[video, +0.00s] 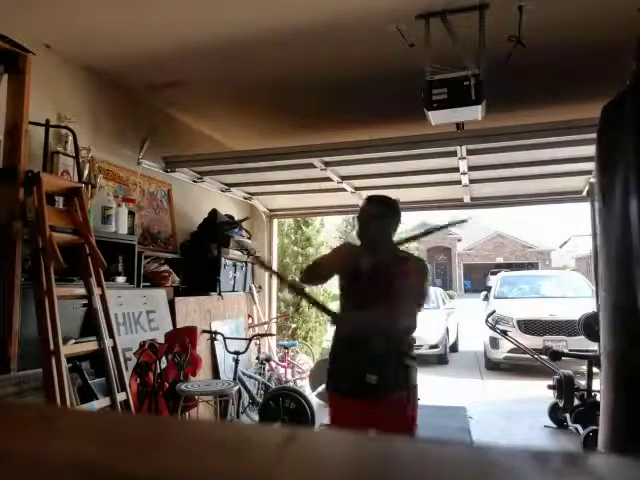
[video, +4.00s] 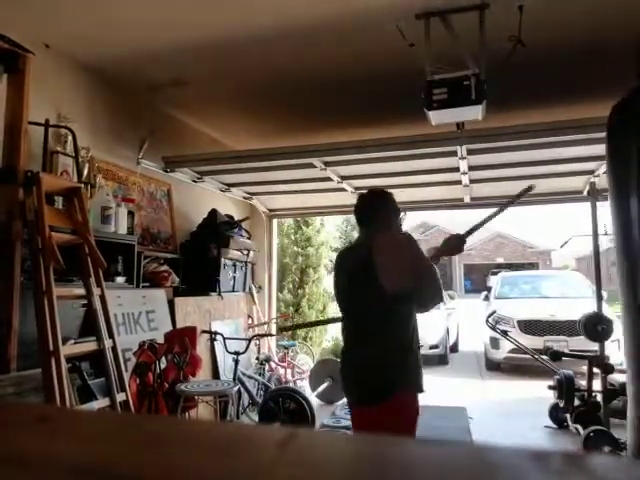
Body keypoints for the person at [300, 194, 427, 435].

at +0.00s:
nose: (361, 229)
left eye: (370, 222)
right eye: (360, 221)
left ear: (390, 225)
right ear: (358, 222)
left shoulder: (411, 266)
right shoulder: (349, 254)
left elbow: (404, 320)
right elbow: (308, 276)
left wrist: (351, 321)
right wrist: (340, 259)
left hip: (393, 379)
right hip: (348, 376)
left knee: (393, 462)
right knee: (346, 459)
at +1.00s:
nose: (393, 213)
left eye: (405, 207)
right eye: (389, 205)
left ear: (421, 217)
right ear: (382, 209)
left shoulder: (426, 262)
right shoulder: (354, 251)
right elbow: (345, 311)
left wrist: (458, 224)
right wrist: (410, 327)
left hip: (409, 393)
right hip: (352, 387)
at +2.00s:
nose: (248, 227)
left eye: (254, 218)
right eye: (245, 221)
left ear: (279, 219)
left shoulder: (301, 250)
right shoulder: (267, 266)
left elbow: (280, 302)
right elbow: (243, 314)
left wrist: (231, 334)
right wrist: (228, 271)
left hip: (310, 354)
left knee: (248, 379)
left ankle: (298, 453)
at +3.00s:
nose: (375, 227)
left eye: (372, 219)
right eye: (368, 220)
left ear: (340, 225)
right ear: (350, 223)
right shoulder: (345, 258)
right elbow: (386, 312)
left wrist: (371, 278)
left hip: (362, 397)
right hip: (336, 400)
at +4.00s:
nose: (400, 221)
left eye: (399, 215)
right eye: (398, 215)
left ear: (361, 220)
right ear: (392, 216)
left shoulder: (345, 257)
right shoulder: (399, 245)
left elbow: (388, 280)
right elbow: (430, 296)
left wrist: (438, 253)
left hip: (356, 372)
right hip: (394, 373)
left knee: (367, 456)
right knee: (397, 457)